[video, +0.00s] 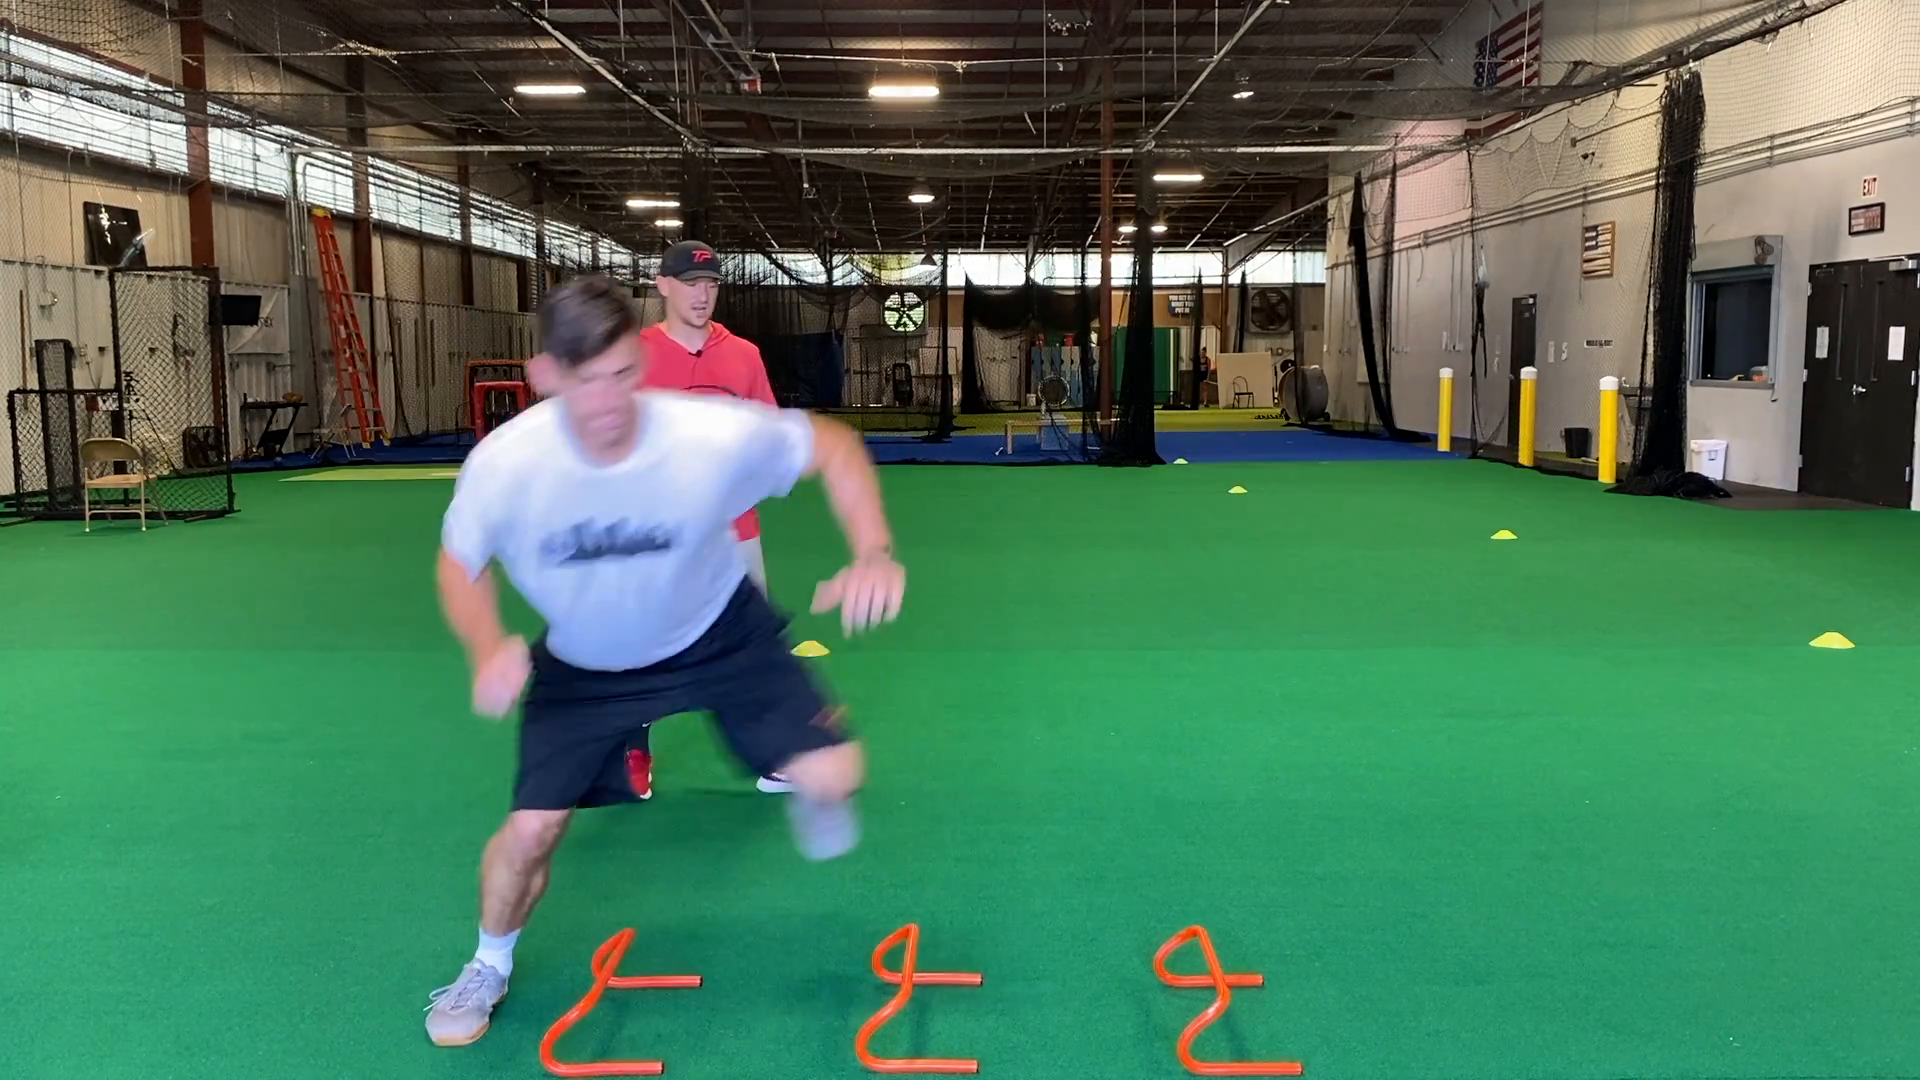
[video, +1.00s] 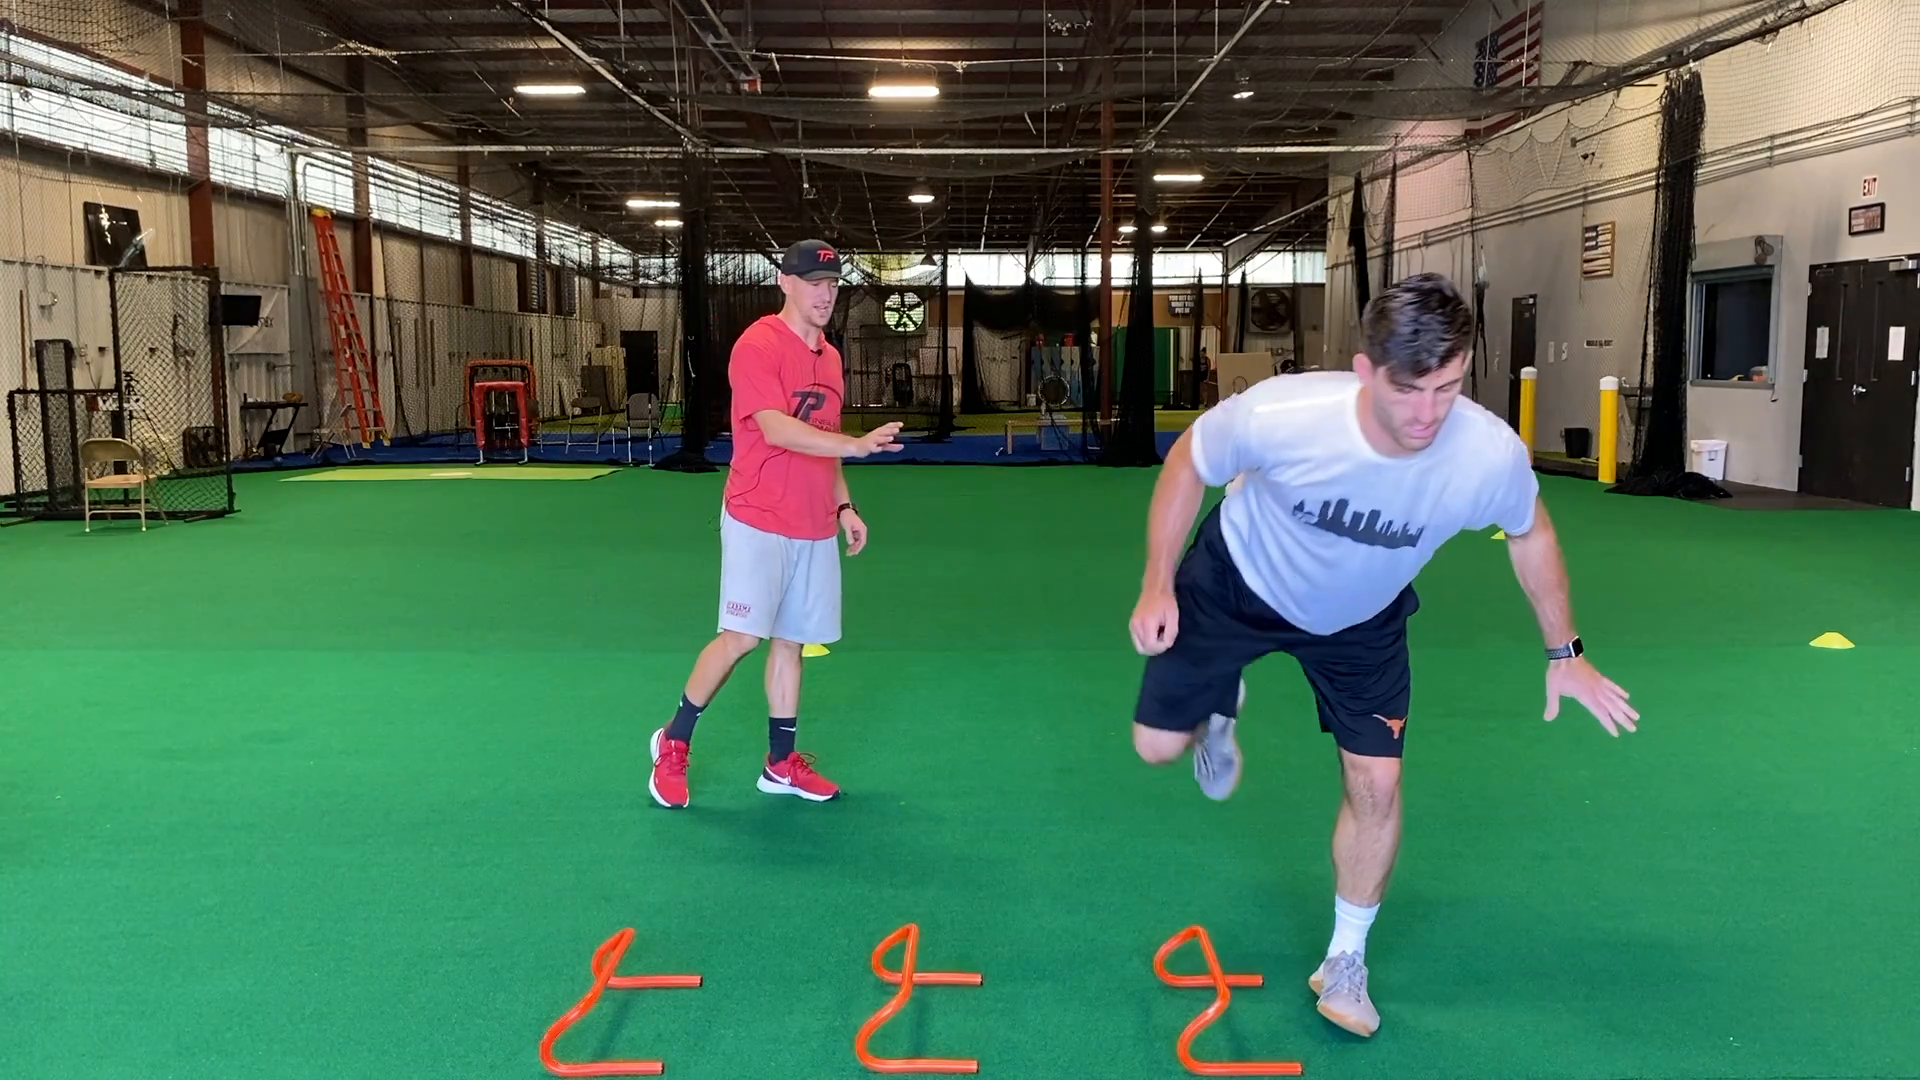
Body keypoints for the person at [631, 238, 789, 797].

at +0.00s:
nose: (701, 295)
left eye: (709, 285)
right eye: (689, 284)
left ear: (718, 290)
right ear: (662, 287)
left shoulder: (743, 356)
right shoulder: (634, 357)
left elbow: (777, 442)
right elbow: (618, 441)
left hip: (731, 527)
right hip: (651, 530)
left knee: (753, 645)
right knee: (630, 642)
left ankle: (778, 754)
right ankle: (633, 747)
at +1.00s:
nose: (827, 294)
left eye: (833, 285)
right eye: (816, 283)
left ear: (837, 290)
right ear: (785, 284)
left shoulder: (830, 357)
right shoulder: (757, 344)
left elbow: (824, 439)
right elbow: (774, 428)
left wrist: (842, 505)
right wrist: (854, 444)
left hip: (811, 523)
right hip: (757, 518)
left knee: (790, 638)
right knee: (743, 633)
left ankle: (782, 761)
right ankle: (674, 739)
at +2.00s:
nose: (816, 294)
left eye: (823, 285)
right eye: (805, 283)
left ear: (832, 291)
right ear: (779, 285)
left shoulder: (838, 364)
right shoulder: (745, 347)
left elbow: (842, 447)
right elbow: (735, 430)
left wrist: (875, 478)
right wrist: (799, 489)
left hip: (807, 525)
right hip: (745, 519)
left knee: (785, 640)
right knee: (727, 633)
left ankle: (781, 762)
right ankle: (677, 747)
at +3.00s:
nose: (641, 287)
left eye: (652, 275)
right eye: (630, 278)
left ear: (674, 277)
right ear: (619, 285)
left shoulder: (707, 344)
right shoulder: (604, 359)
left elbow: (740, 422)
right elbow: (574, 435)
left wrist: (704, 464)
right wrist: (597, 468)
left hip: (704, 525)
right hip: (633, 530)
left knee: (726, 648)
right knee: (649, 647)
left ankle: (753, 769)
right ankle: (660, 768)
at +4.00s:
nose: (696, 287)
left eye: (706, 275)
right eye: (683, 276)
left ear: (719, 278)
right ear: (661, 281)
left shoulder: (758, 350)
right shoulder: (636, 356)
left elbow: (792, 437)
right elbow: (613, 447)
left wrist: (729, 442)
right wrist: (580, 509)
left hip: (734, 538)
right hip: (657, 540)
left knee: (736, 659)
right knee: (661, 658)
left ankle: (745, 786)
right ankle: (661, 771)